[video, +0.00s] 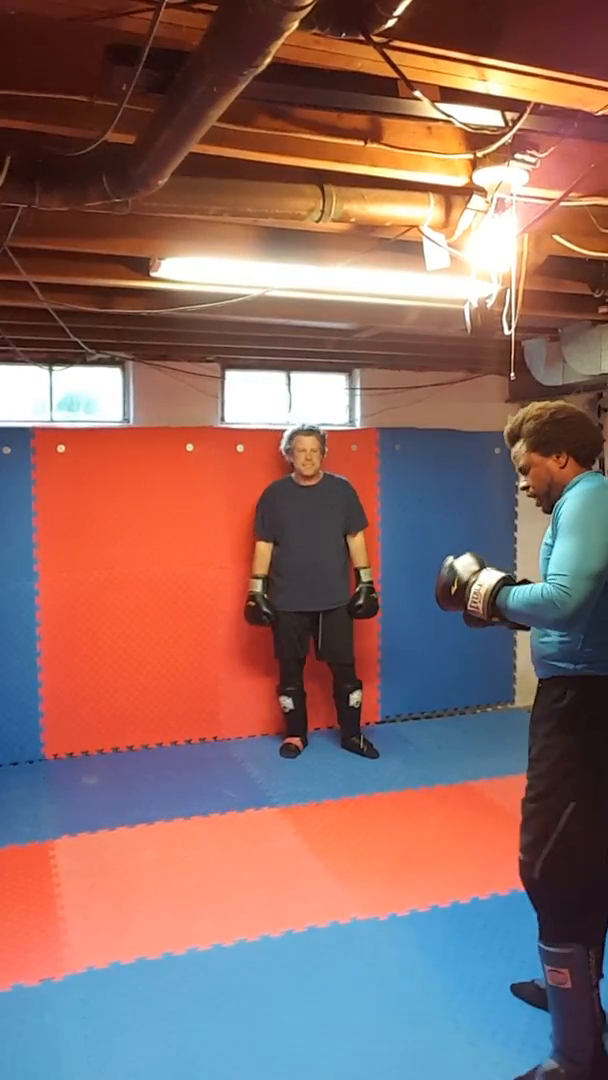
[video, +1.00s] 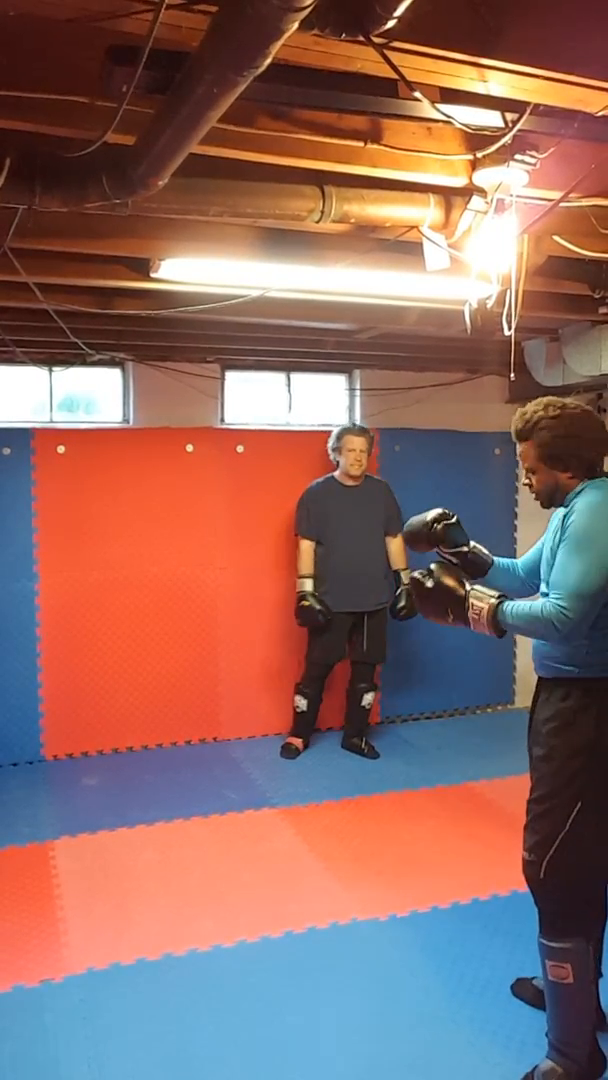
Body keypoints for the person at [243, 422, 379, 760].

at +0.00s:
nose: (307, 458)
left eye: (313, 452)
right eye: (300, 452)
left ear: (322, 454)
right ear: (291, 456)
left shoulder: (341, 490)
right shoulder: (274, 494)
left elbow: (356, 537)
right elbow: (264, 544)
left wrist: (366, 583)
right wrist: (257, 590)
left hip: (336, 598)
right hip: (289, 599)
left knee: (344, 667)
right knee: (290, 669)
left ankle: (352, 734)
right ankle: (295, 735)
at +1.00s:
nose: (358, 457)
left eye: (363, 452)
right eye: (351, 451)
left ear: (370, 455)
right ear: (336, 454)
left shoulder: (381, 491)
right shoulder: (316, 495)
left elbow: (394, 539)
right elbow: (307, 545)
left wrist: (404, 583)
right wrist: (306, 593)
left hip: (374, 601)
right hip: (331, 601)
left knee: (366, 671)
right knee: (316, 670)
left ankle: (355, 735)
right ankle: (300, 733)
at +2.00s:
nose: (379, 458)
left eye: (384, 452)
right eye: (372, 451)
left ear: (388, 456)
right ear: (356, 452)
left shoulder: (394, 494)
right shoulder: (331, 490)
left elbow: (402, 542)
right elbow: (318, 539)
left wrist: (409, 585)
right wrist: (316, 586)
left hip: (378, 600)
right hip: (339, 598)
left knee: (365, 669)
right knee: (326, 666)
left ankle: (355, 735)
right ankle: (301, 732)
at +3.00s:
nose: (356, 457)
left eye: (362, 451)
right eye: (350, 452)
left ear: (371, 454)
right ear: (338, 455)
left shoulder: (387, 491)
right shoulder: (320, 494)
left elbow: (400, 539)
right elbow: (307, 543)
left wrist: (409, 583)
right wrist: (296, 588)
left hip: (375, 600)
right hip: (330, 599)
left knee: (365, 670)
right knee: (316, 669)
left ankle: (355, 736)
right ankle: (299, 741)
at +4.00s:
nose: (282, 458)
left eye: (288, 451)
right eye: (276, 452)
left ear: (301, 453)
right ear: (267, 455)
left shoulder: (323, 491)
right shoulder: (252, 495)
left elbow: (337, 540)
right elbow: (240, 546)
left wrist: (342, 587)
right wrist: (230, 593)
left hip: (313, 601)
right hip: (266, 602)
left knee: (312, 674)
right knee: (272, 675)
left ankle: (317, 747)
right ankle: (279, 745)